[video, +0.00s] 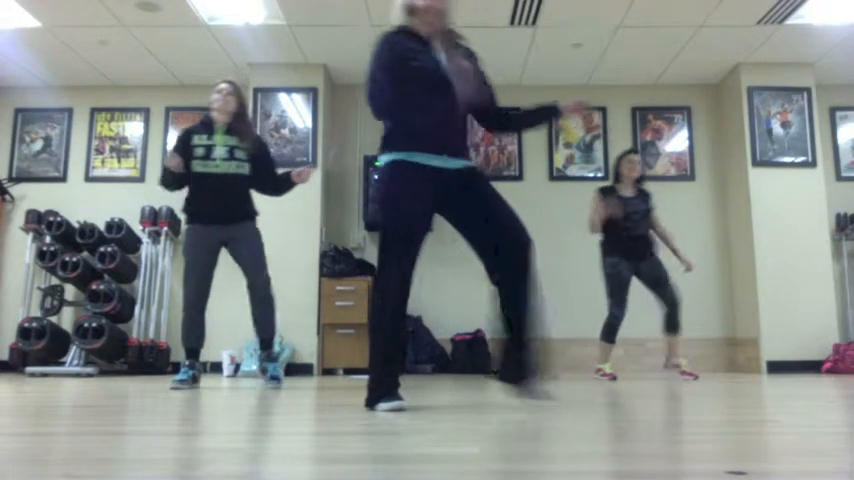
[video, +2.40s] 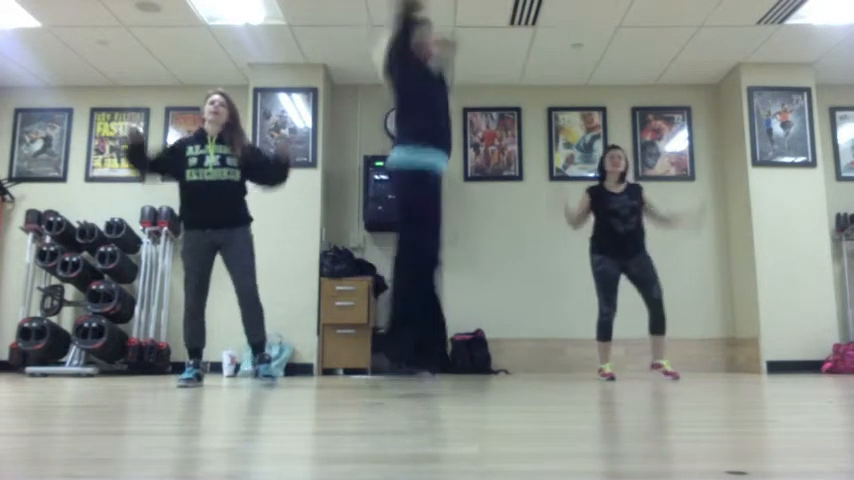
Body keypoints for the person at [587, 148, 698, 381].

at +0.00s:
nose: (634, 167)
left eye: (637, 163)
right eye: (629, 162)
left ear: (641, 169)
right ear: (619, 167)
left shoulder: (643, 196)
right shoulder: (605, 195)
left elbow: (658, 228)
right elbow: (594, 228)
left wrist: (680, 256)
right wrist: (601, 214)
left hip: (645, 258)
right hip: (617, 259)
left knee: (672, 302)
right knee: (617, 311)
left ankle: (673, 359)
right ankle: (603, 364)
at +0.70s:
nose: (652, 169)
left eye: (653, 164)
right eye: (649, 164)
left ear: (648, 168)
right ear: (639, 166)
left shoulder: (650, 199)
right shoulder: (620, 189)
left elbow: (652, 239)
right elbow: (602, 205)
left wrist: (662, 265)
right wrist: (608, 190)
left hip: (646, 258)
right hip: (619, 256)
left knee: (666, 304)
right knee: (612, 308)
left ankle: (673, 362)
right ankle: (602, 364)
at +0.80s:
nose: (658, 168)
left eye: (658, 164)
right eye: (655, 164)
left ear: (648, 167)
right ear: (646, 165)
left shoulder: (653, 195)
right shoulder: (628, 187)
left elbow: (654, 239)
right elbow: (614, 204)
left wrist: (664, 269)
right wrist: (634, 184)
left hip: (649, 258)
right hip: (624, 255)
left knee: (667, 305)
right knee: (617, 307)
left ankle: (673, 364)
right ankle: (602, 364)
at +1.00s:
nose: (687, 174)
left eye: (686, 170)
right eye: (683, 170)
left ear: (678, 175)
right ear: (670, 173)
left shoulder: (678, 206)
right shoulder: (649, 196)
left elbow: (670, 246)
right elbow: (630, 223)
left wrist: (674, 275)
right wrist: (650, 220)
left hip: (660, 261)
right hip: (635, 254)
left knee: (676, 306)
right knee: (646, 300)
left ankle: (673, 365)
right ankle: (605, 337)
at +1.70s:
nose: (656, 162)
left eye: (660, 159)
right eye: (651, 158)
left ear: (665, 165)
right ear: (642, 164)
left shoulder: (668, 196)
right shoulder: (632, 190)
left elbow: (670, 232)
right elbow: (611, 221)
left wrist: (677, 261)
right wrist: (620, 204)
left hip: (657, 256)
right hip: (630, 252)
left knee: (665, 308)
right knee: (624, 305)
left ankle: (673, 364)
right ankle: (607, 360)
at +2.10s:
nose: (617, 160)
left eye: (621, 157)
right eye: (613, 157)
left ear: (628, 163)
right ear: (605, 162)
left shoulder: (637, 192)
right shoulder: (595, 191)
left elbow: (645, 226)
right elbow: (582, 228)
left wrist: (658, 254)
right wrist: (588, 223)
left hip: (633, 253)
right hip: (604, 255)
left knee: (658, 298)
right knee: (607, 308)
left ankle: (660, 357)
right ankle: (604, 364)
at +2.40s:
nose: (616, 161)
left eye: (620, 158)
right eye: (612, 157)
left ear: (626, 164)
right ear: (603, 163)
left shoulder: (635, 191)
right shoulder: (594, 192)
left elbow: (654, 216)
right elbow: (576, 222)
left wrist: (674, 220)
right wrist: (568, 210)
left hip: (635, 255)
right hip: (605, 256)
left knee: (656, 302)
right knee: (607, 309)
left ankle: (658, 359)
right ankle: (604, 364)